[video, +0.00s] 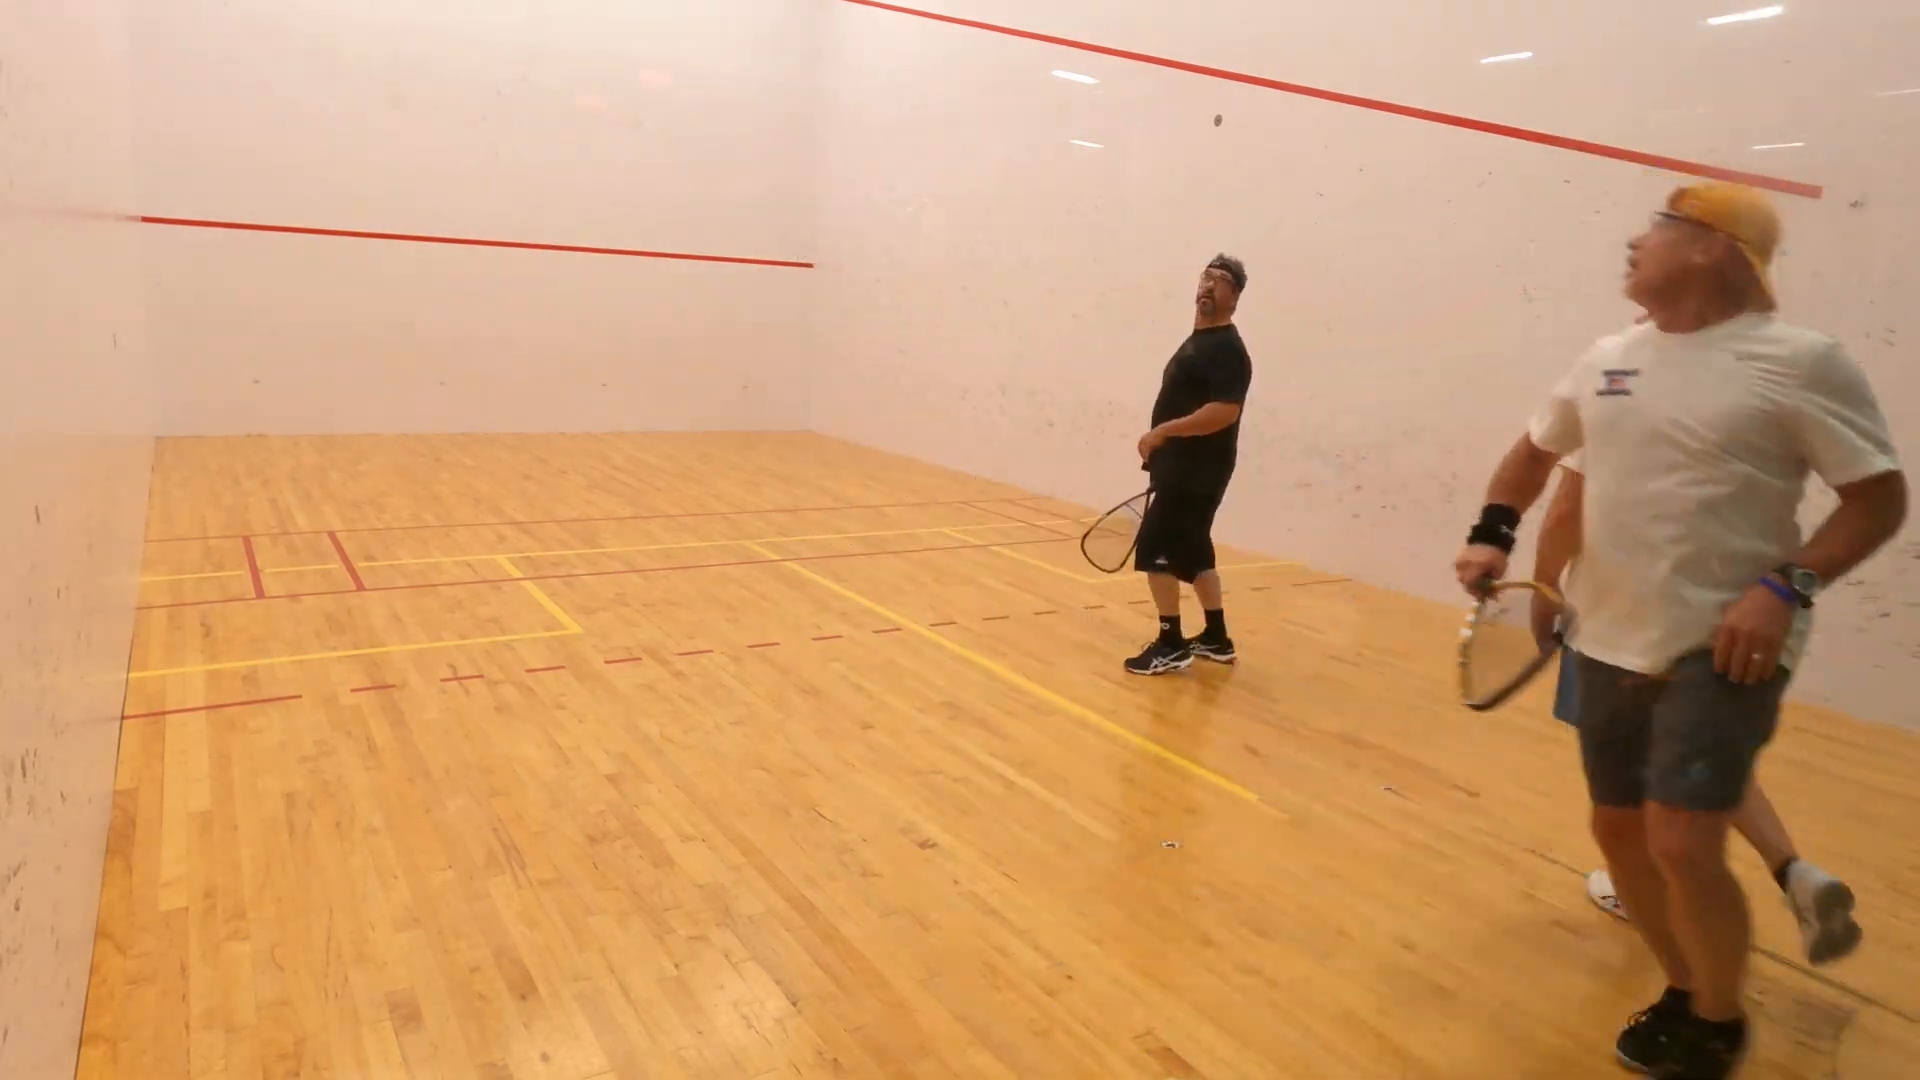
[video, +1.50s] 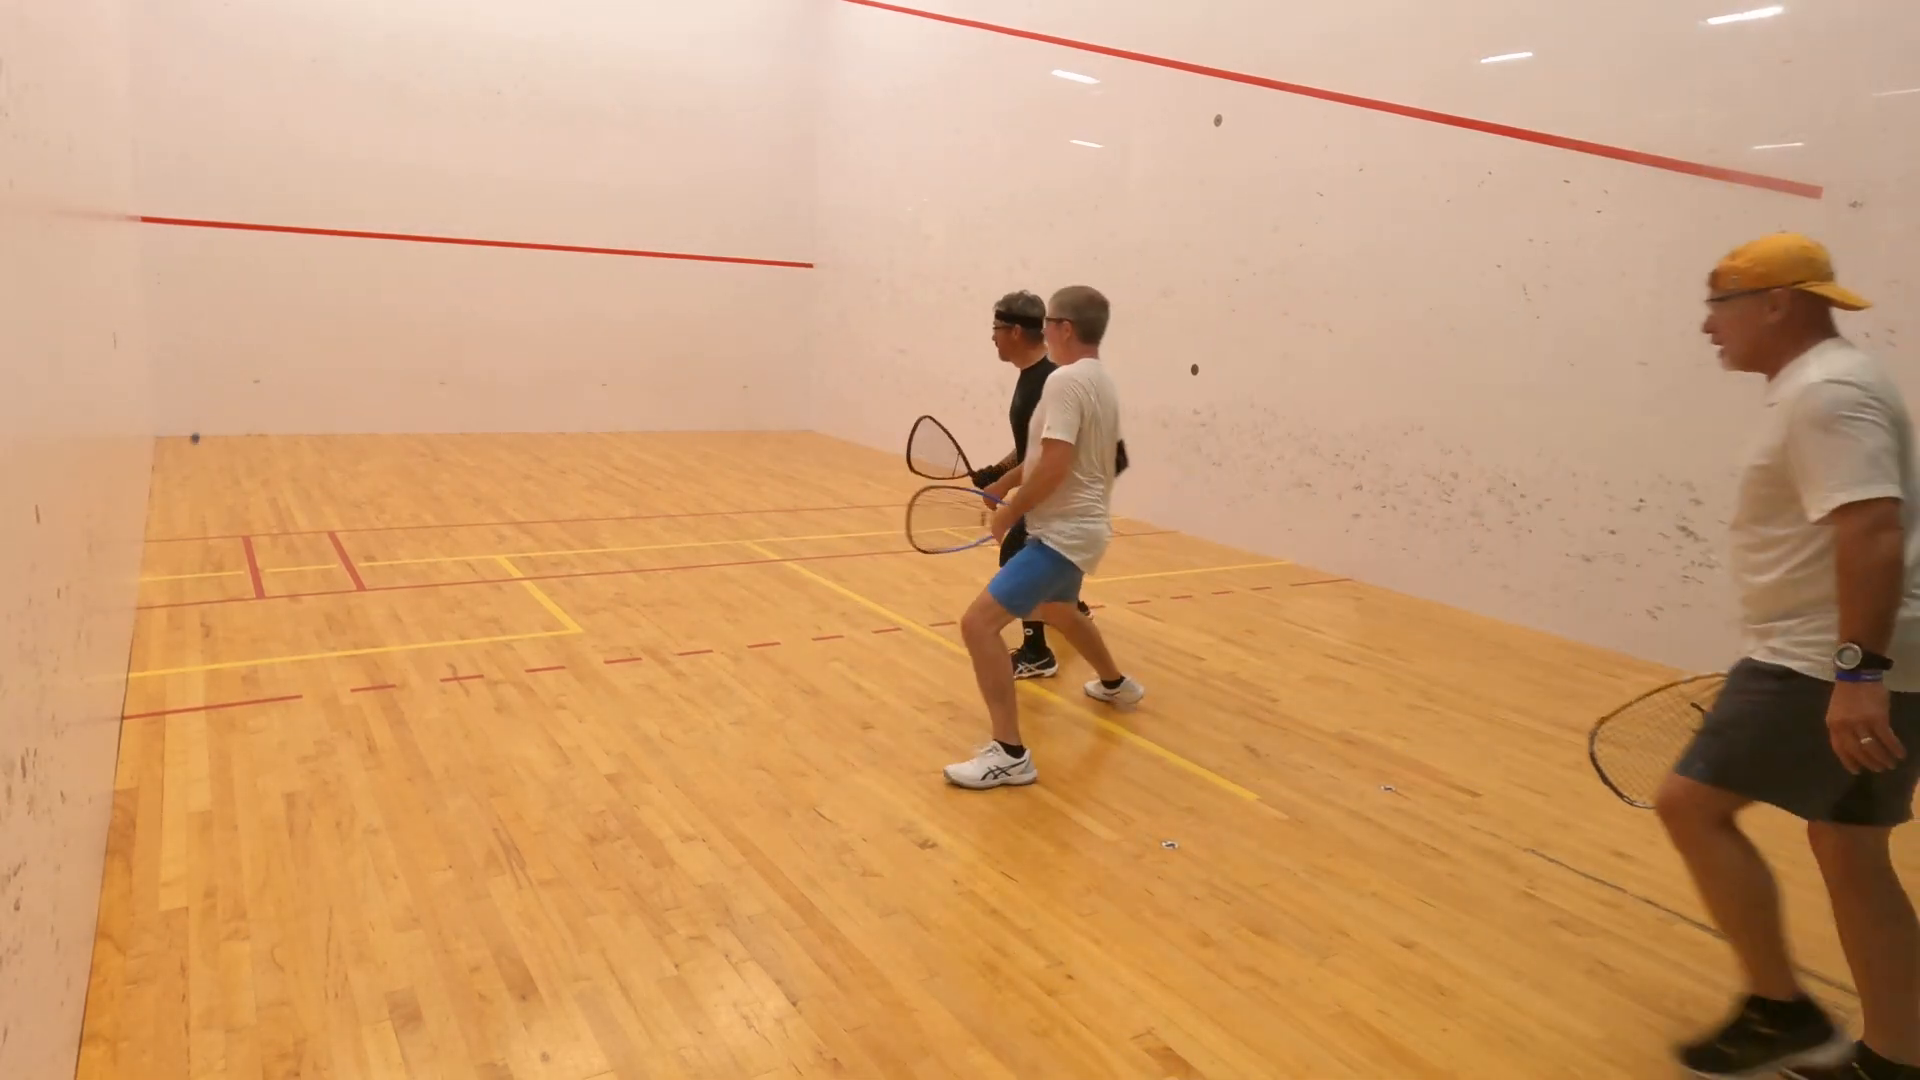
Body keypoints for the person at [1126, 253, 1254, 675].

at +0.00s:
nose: (1207, 287)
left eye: (1219, 284)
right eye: (1205, 280)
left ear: (1235, 299)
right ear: (1198, 286)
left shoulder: (1228, 349)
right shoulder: (1200, 339)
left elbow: (1225, 411)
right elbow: (1186, 403)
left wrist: (1162, 432)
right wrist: (1159, 449)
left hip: (1197, 465)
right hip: (1185, 461)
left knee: (1155, 548)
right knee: (1193, 545)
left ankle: (1170, 642)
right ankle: (1216, 636)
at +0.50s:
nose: (1160, 293)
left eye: (1170, 289)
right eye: (1155, 284)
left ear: (1179, 303)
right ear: (1141, 291)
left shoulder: (1176, 357)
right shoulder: (1138, 346)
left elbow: (1168, 419)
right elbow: (1123, 410)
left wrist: (1102, 431)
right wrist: (1098, 454)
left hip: (1149, 479)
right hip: (1126, 472)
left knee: (1115, 559)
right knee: (1130, 548)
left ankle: (1131, 643)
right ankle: (1180, 602)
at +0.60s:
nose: (1144, 291)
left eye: (1154, 287)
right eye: (1139, 282)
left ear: (1165, 301)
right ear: (1126, 290)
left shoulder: (1160, 354)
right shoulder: (1125, 344)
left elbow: (1153, 417)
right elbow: (1113, 408)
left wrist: (1090, 432)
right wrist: (1094, 455)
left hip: (1140, 474)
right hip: (1118, 467)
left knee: (1112, 550)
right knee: (1103, 536)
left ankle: (1129, 644)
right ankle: (1140, 603)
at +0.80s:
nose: (1108, 290)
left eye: (1120, 286)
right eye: (1106, 281)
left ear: (1137, 299)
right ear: (1098, 288)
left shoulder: (1132, 351)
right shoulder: (1103, 339)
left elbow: (1126, 415)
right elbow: (1093, 404)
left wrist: (1068, 433)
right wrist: (1079, 458)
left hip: (1119, 468)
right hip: (1095, 462)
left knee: (1105, 554)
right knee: (1076, 531)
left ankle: (1130, 642)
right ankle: (1076, 604)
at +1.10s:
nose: (1058, 289)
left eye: (1065, 284)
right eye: (1061, 283)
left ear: (1082, 293)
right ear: (1088, 294)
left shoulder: (1095, 346)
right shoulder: (1084, 337)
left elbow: (1089, 413)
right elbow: (1079, 404)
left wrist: (1041, 432)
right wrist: (1054, 441)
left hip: (1088, 463)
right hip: (1079, 458)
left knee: (1063, 542)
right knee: (1066, 535)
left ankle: (1091, 635)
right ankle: (1075, 604)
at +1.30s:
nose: (1026, 314)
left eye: (1031, 307)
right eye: (1027, 306)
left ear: (1049, 312)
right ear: (1059, 313)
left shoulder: (1071, 362)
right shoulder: (1060, 356)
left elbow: (1064, 428)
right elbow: (1057, 424)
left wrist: (1018, 453)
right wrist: (1031, 458)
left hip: (1074, 477)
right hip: (1067, 474)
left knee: (1036, 548)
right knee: (1056, 545)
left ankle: (1046, 641)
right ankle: (1078, 610)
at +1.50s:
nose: (993, 337)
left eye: (998, 329)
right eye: (994, 328)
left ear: (1019, 333)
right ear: (1020, 332)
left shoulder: (1049, 382)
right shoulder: (1030, 377)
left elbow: (1051, 455)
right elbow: (1033, 447)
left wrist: (1006, 489)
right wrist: (998, 473)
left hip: (1045, 498)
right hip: (1031, 493)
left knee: (1016, 561)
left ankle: (1037, 649)